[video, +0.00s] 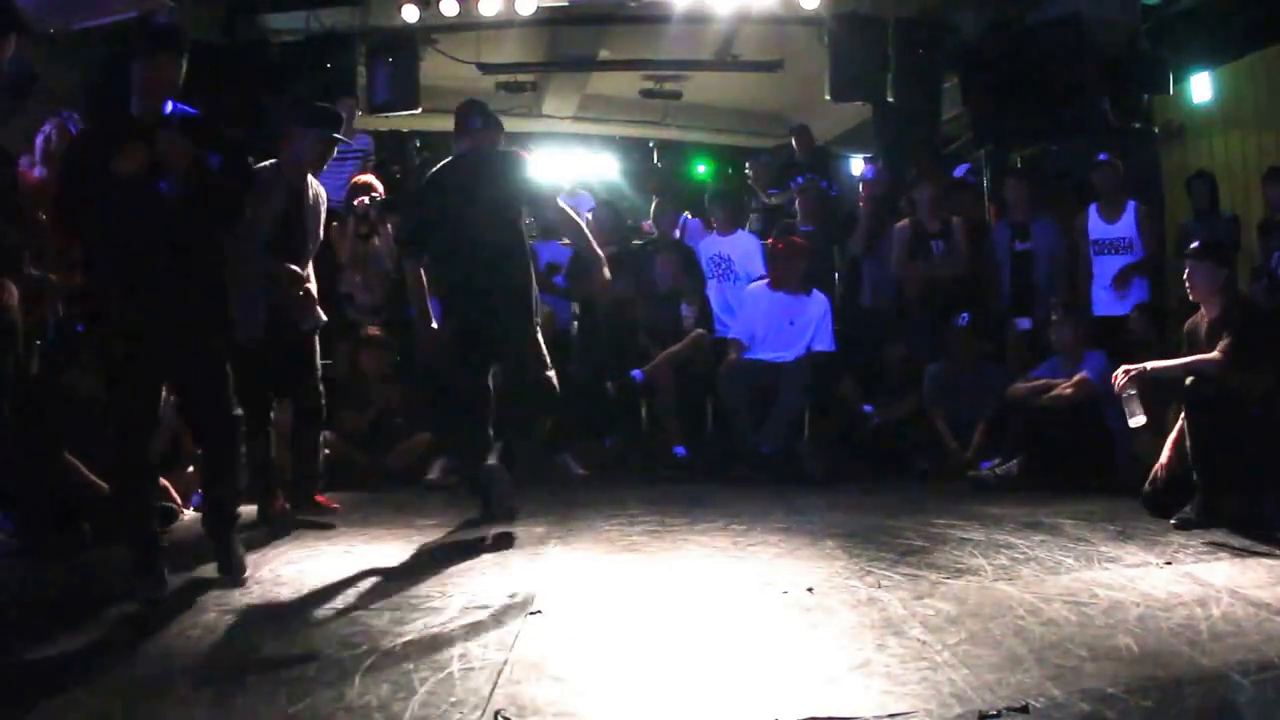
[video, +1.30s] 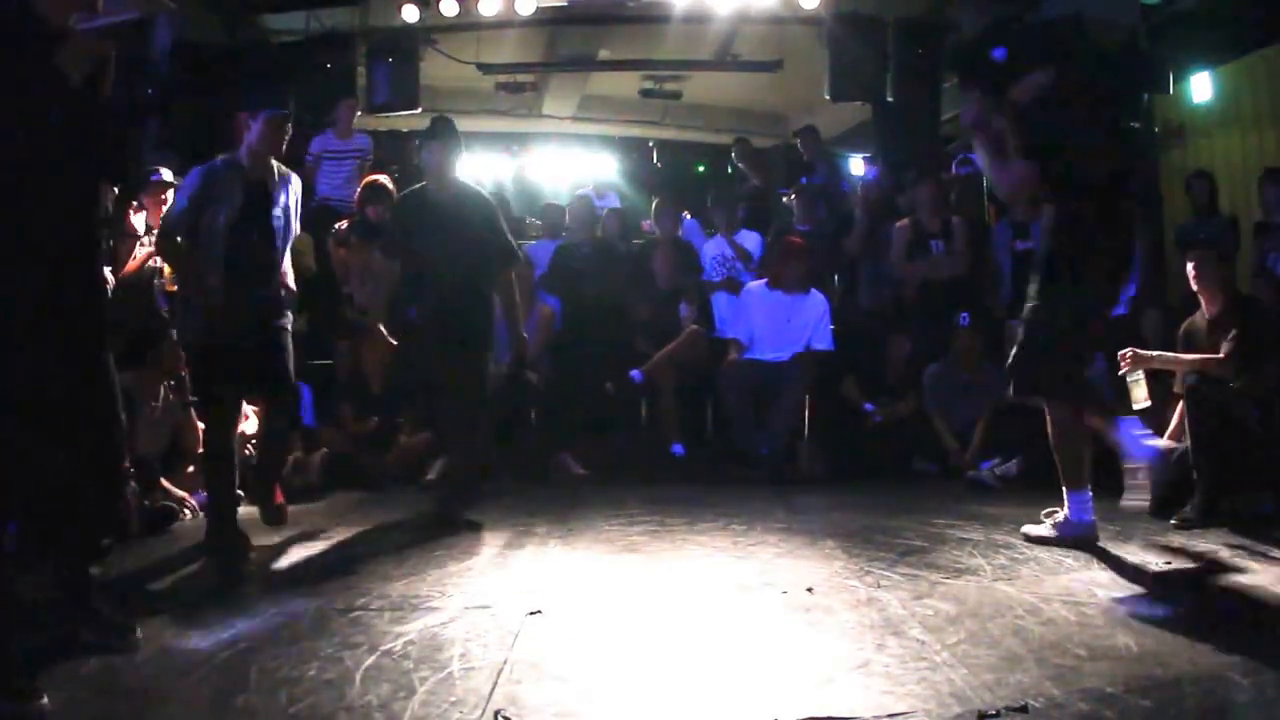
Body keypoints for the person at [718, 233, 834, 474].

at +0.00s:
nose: (781, 267)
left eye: (787, 261)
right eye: (778, 260)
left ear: (801, 265)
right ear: (771, 263)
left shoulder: (818, 302)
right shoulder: (754, 292)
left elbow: (822, 351)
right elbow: (739, 337)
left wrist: (803, 362)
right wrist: (733, 355)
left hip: (791, 364)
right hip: (755, 363)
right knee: (730, 374)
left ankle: (770, 448)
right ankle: (745, 447)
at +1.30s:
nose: (796, 269)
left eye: (800, 263)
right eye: (790, 262)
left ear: (805, 266)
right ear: (777, 264)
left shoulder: (816, 302)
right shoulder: (752, 292)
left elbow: (821, 351)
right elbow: (738, 339)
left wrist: (802, 360)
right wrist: (733, 357)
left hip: (790, 364)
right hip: (754, 363)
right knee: (730, 374)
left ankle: (778, 449)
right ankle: (747, 447)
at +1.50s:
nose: (794, 269)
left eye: (799, 263)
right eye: (788, 262)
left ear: (805, 266)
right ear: (776, 264)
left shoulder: (816, 301)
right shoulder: (753, 292)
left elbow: (821, 352)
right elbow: (740, 339)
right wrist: (733, 356)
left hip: (792, 361)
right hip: (756, 360)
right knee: (732, 376)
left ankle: (775, 450)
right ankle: (745, 448)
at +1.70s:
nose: (793, 268)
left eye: (796, 262)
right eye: (789, 260)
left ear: (802, 265)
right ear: (773, 262)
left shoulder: (805, 294)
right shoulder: (752, 292)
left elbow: (812, 339)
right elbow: (740, 338)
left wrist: (797, 305)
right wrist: (734, 355)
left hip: (791, 361)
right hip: (757, 360)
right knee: (731, 376)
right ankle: (744, 444)